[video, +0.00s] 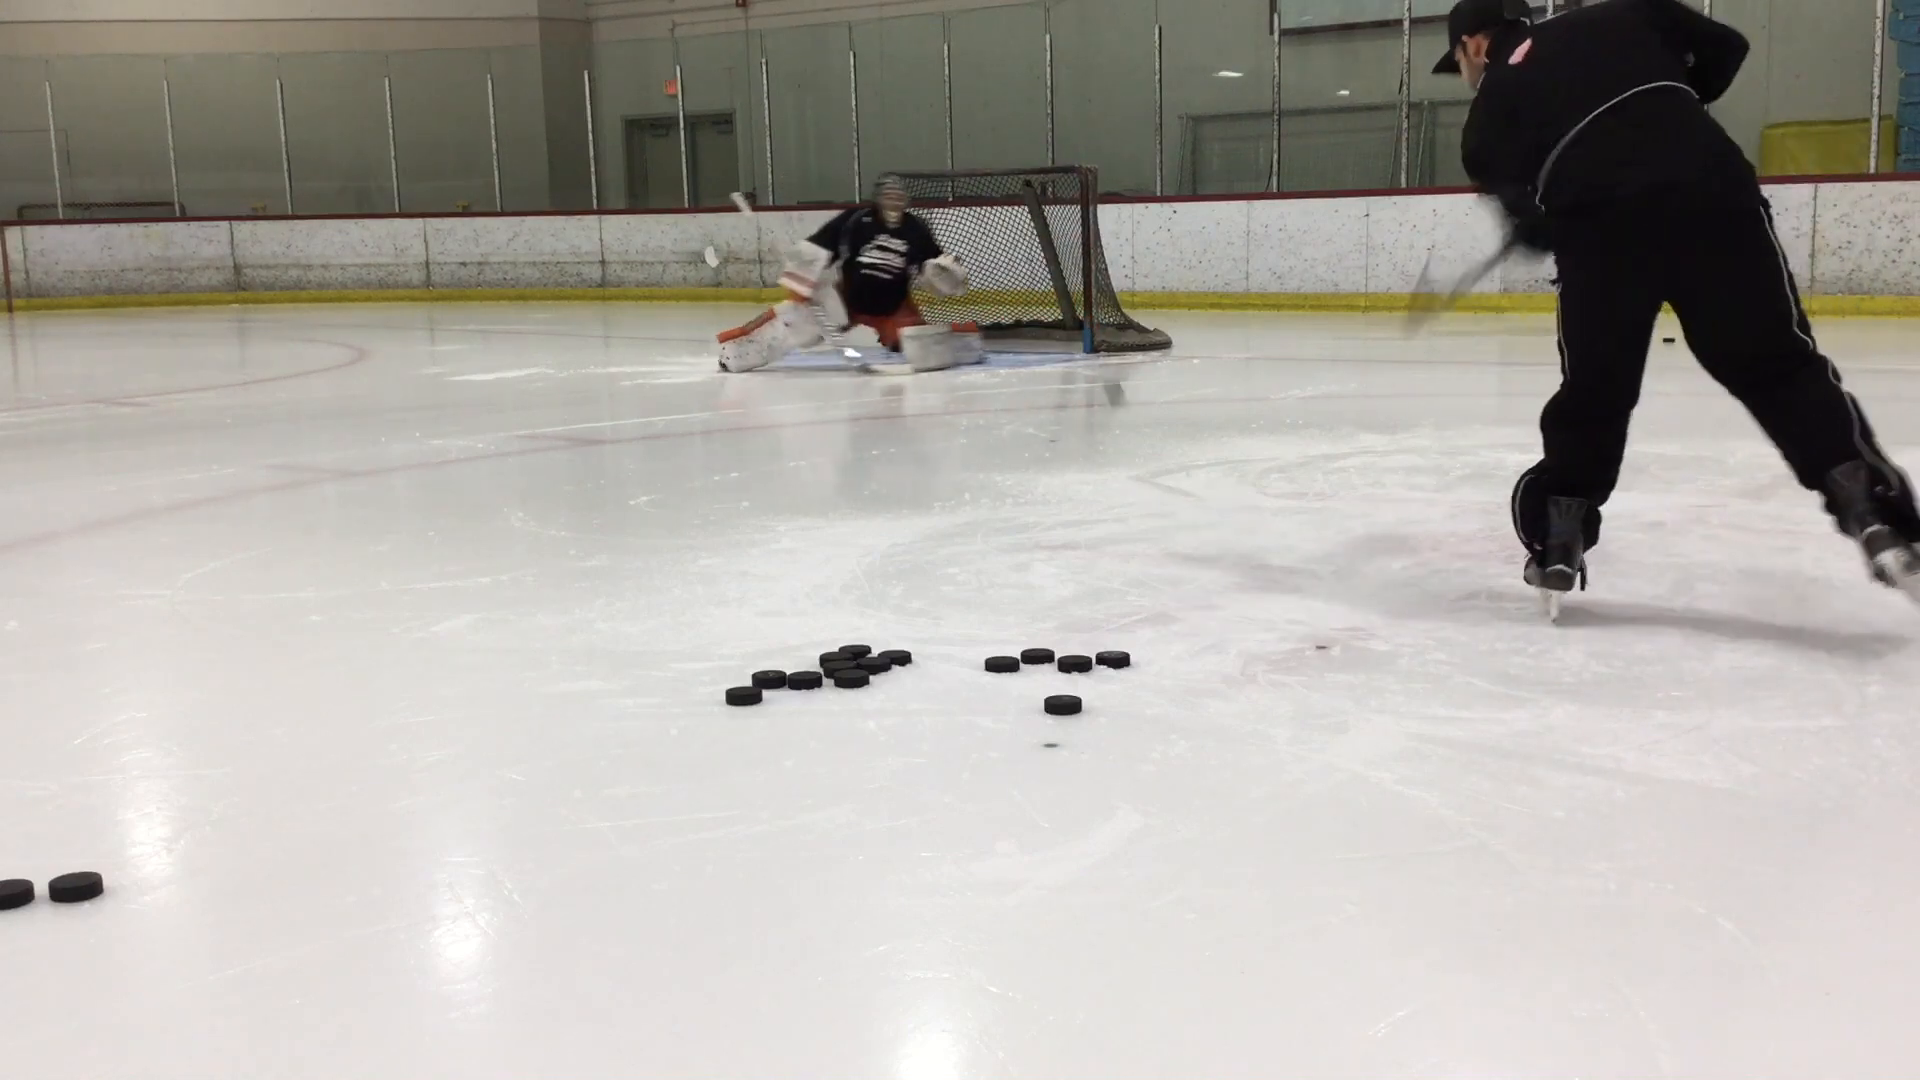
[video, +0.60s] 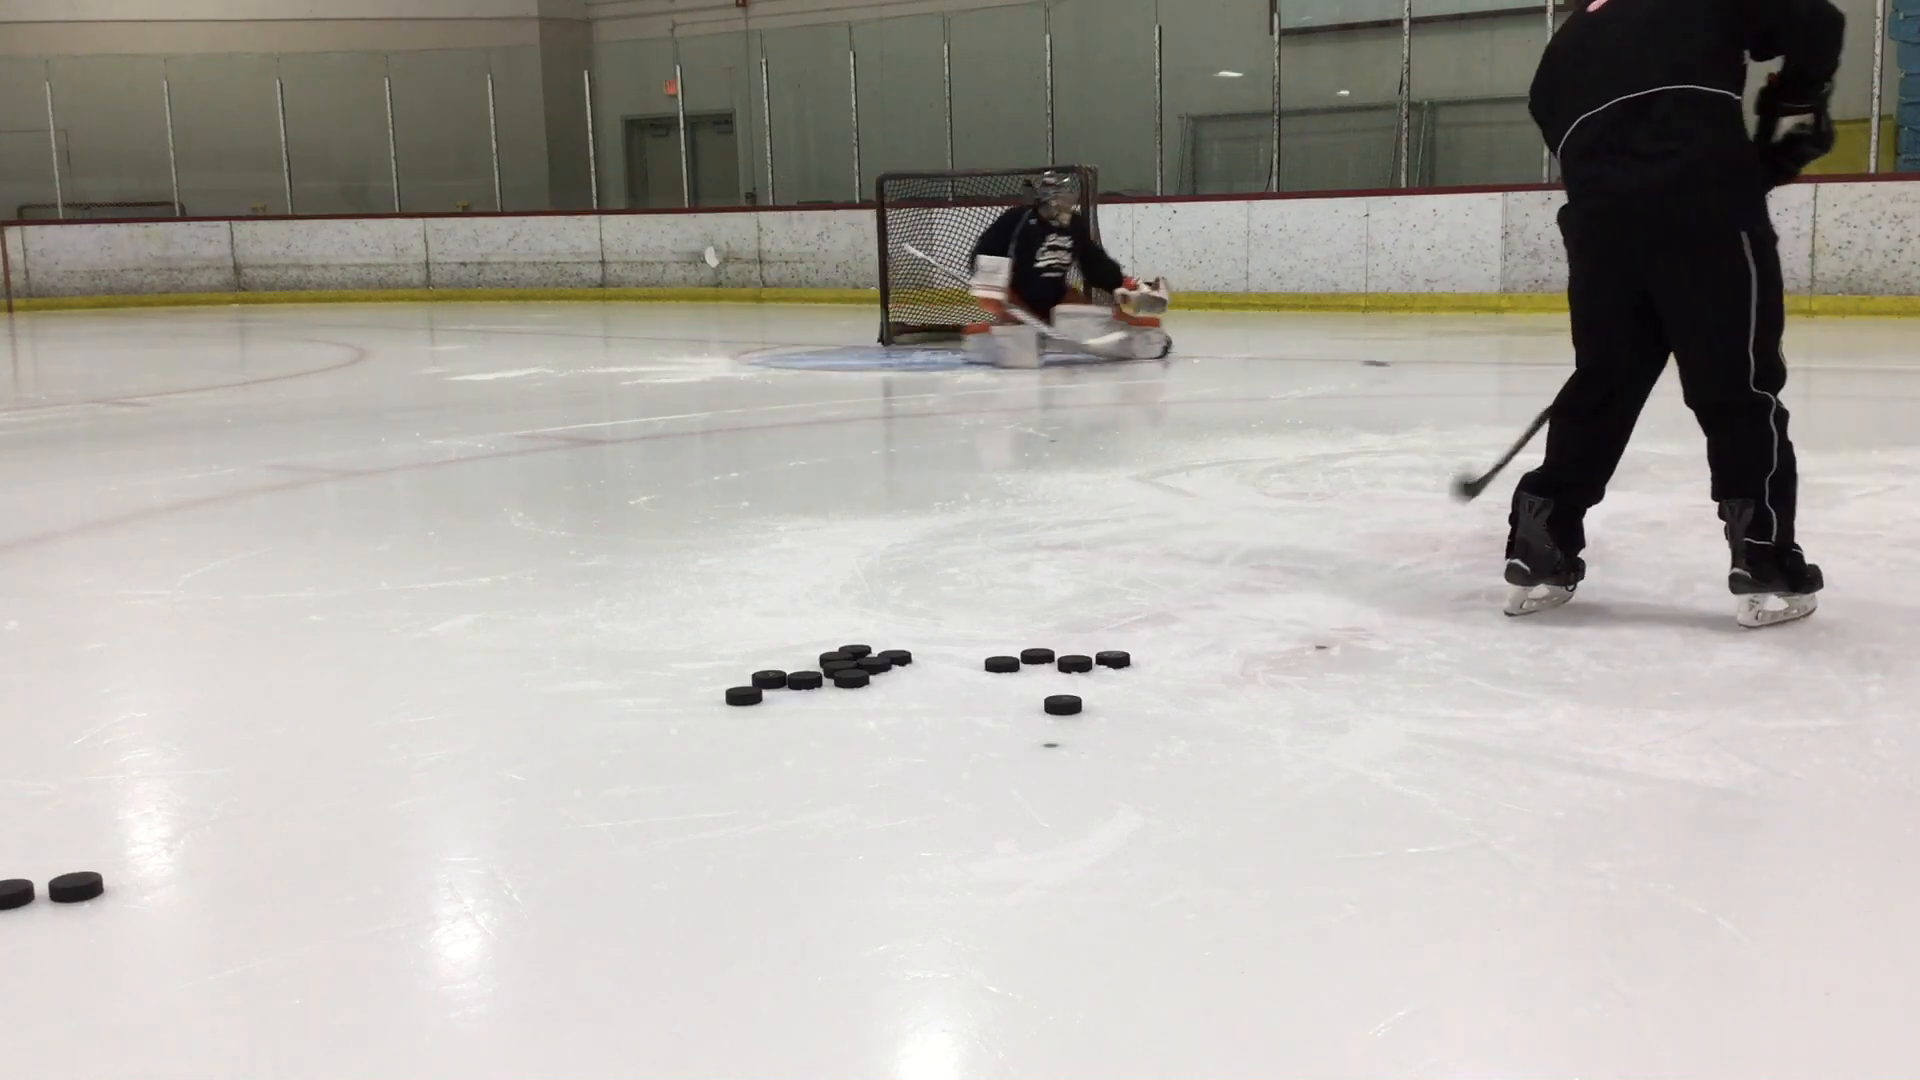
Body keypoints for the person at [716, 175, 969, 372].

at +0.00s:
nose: (895, 201)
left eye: (900, 196)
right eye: (889, 196)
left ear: (907, 201)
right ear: (877, 199)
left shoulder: (917, 230)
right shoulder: (857, 220)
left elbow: (940, 274)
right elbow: (813, 252)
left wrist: (946, 276)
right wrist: (804, 287)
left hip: (895, 309)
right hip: (847, 304)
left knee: (927, 350)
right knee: (792, 325)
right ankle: (740, 353)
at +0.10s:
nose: (935, 208)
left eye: (940, 203)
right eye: (929, 202)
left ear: (946, 206)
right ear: (917, 202)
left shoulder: (951, 236)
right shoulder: (893, 222)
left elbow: (965, 288)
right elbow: (849, 251)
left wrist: (980, 265)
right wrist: (838, 299)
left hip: (926, 311)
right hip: (882, 306)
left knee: (955, 351)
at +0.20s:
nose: (966, 214)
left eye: (970, 208)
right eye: (961, 207)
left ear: (976, 210)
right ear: (947, 206)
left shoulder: (980, 241)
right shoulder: (921, 223)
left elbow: (992, 291)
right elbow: (881, 248)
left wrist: (1017, 283)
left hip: (954, 311)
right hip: (911, 306)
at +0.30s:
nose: (994, 217)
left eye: (998, 212)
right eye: (987, 211)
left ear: (1004, 212)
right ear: (975, 210)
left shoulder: (1007, 241)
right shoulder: (949, 223)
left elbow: (1017, 285)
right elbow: (908, 251)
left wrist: (1052, 306)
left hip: (979, 308)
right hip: (938, 305)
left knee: (1016, 335)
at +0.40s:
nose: (1024, 218)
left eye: (1029, 212)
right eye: (1018, 211)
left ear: (1035, 214)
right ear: (1004, 209)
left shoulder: (1033, 242)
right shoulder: (977, 223)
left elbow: (1047, 284)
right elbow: (939, 249)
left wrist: (1079, 304)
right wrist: (925, 285)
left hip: (1005, 308)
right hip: (966, 304)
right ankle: (973, 335)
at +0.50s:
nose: (1042, 212)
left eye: (1046, 206)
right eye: (1035, 206)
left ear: (1052, 206)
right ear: (1022, 205)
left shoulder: (1056, 233)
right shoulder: (997, 221)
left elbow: (1068, 268)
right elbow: (960, 251)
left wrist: (1099, 296)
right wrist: (957, 286)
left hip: (1033, 308)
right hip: (991, 305)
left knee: (1078, 323)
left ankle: (1135, 337)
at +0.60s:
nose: (1067, 206)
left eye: (1070, 200)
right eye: (1062, 200)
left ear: (1073, 200)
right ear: (1046, 198)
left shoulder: (1075, 224)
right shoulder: (1017, 220)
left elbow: (1093, 260)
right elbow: (986, 253)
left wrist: (1124, 284)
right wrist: (992, 294)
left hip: (1056, 299)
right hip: (1015, 301)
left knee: (1098, 320)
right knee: (1023, 347)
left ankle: (1133, 340)